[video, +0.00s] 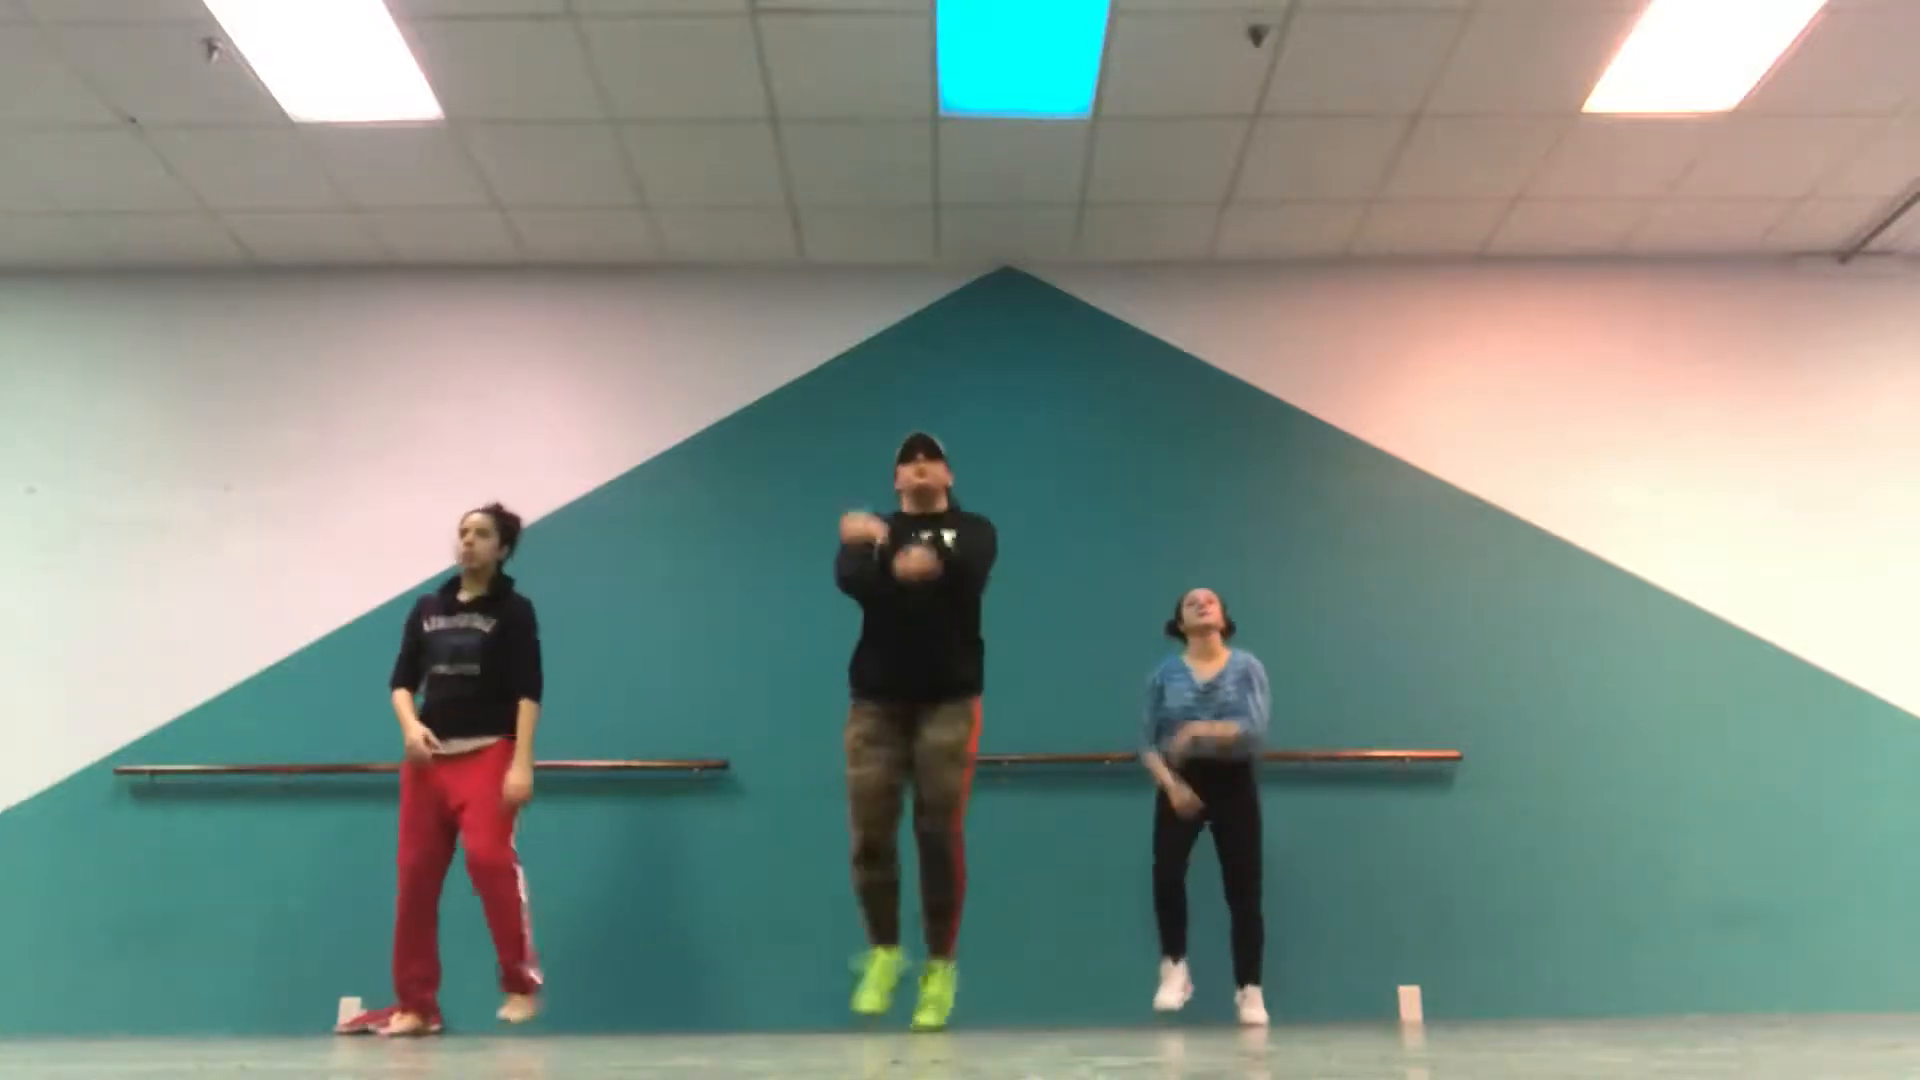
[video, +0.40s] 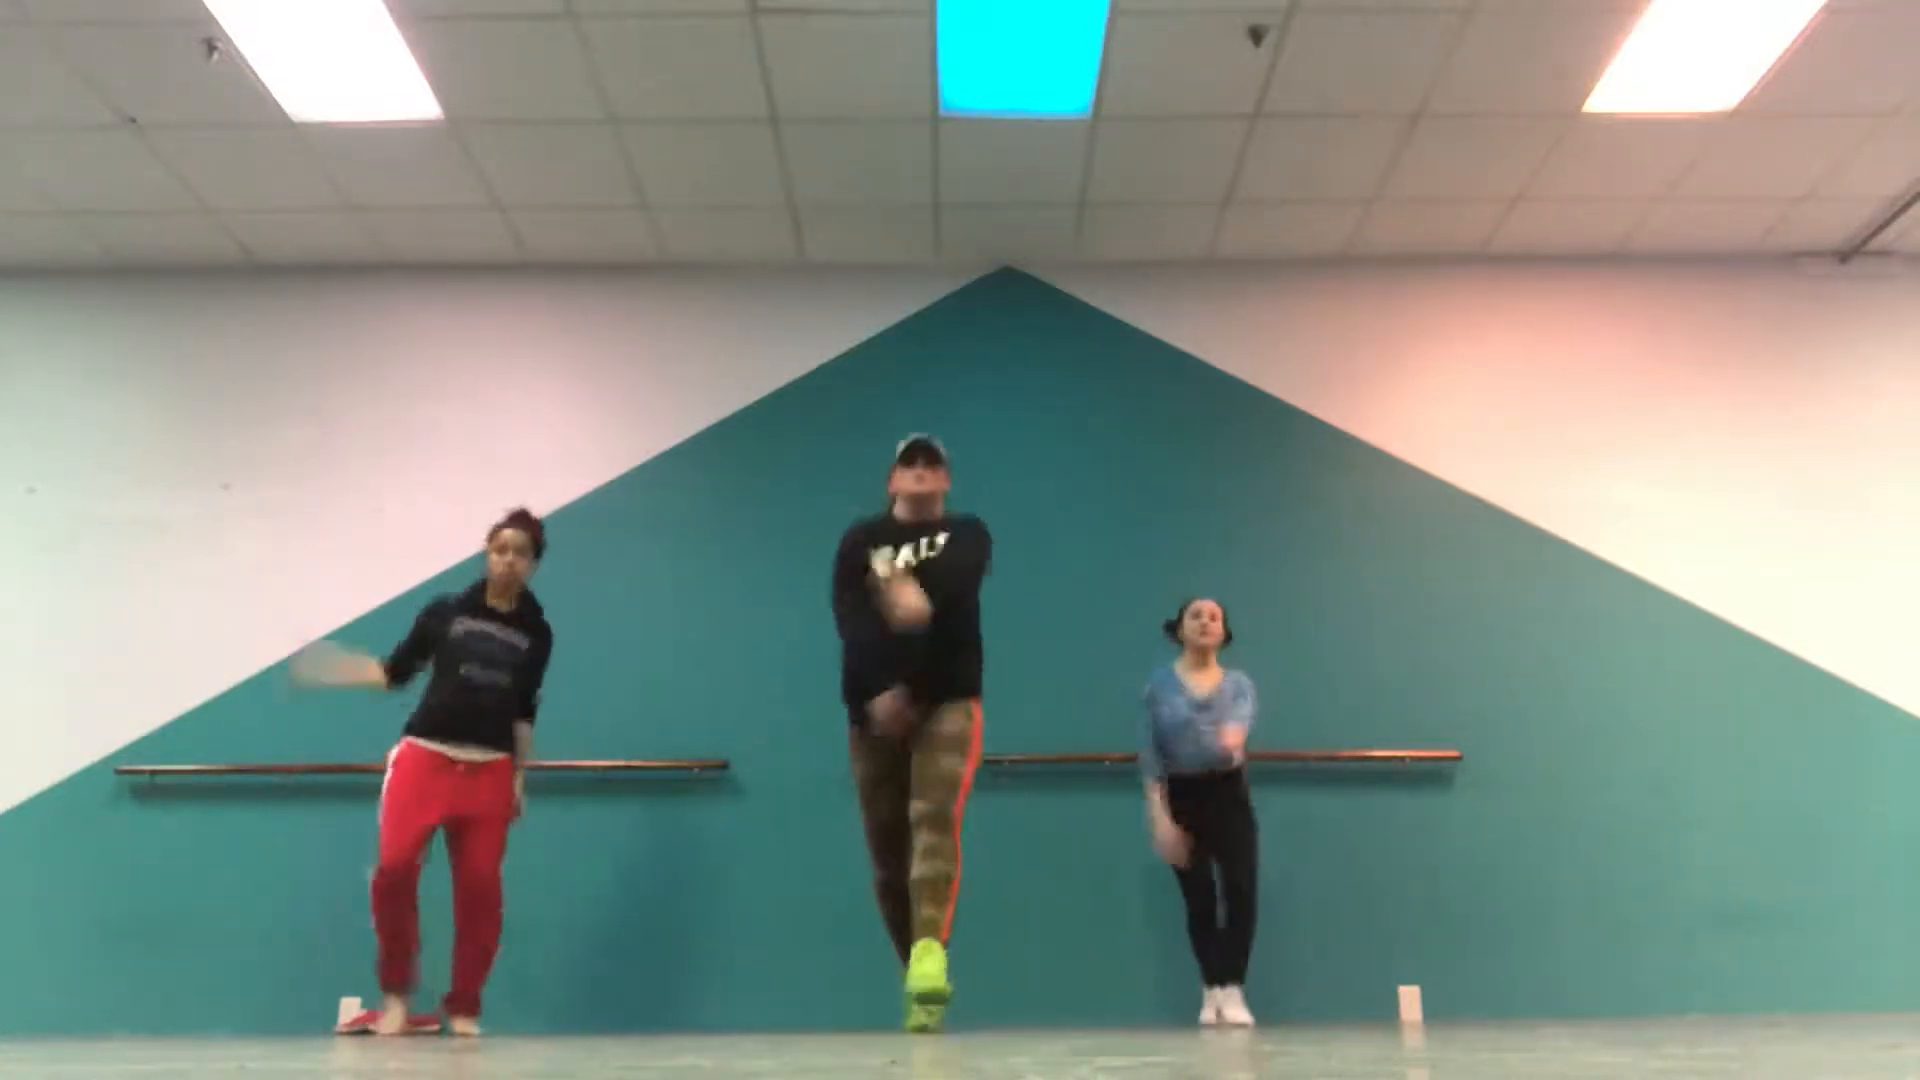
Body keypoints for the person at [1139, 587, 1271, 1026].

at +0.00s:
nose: (1202, 605)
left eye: (1210, 601)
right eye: (1192, 603)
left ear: (1224, 619)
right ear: (1180, 624)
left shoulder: (1246, 667)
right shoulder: (1164, 674)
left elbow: (1255, 730)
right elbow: (1146, 743)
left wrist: (1198, 730)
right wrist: (1172, 785)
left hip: (1232, 775)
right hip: (1181, 774)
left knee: (1244, 885)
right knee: (1166, 873)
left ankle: (1249, 989)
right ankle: (1174, 969)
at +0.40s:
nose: (1206, 624)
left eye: (1214, 618)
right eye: (1197, 616)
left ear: (1224, 633)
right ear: (1179, 630)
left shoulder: (1237, 684)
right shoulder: (1159, 685)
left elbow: (1234, 732)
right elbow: (1148, 755)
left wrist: (1229, 738)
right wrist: (1160, 817)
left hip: (1226, 787)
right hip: (1181, 790)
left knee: (1240, 889)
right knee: (1198, 896)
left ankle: (1232, 987)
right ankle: (1212, 988)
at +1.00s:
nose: (1225, 692)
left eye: (1229, 683)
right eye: (1214, 683)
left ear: (1232, 687)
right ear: (1188, 688)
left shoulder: (1198, 735)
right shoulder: (1172, 733)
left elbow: (1194, 805)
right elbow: (1183, 812)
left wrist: (1198, 857)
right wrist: (1186, 889)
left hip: (1155, 833)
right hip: (1119, 826)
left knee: (1228, 894)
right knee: (1067, 914)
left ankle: (1202, 993)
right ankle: (980, 990)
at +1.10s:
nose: (1201, 652)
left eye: (1205, 643)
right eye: (1189, 644)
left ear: (1211, 650)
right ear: (1167, 653)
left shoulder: (1205, 696)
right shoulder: (1156, 707)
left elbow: (1200, 763)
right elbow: (1164, 782)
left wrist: (1230, 788)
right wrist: (1169, 857)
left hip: (1174, 803)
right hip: (1133, 800)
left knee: (1231, 890)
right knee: (1084, 898)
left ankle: (1204, 992)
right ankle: (996, 983)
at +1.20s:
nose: (1172, 628)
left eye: (1180, 619)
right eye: (1161, 620)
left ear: (1193, 625)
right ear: (1145, 629)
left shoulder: (1216, 665)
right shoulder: (1135, 683)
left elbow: (1249, 698)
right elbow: (1141, 754)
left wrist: (1265, 704)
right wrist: (1156, 821)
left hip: (1191, 777)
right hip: (1141, 776)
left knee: (1232, 868)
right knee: (1119, 861)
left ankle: (1215, 976)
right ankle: (1087, 966)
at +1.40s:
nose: (1157, 634)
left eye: (1163, 625)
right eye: (1146, 627)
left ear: (1177, 630)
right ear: (1131, 637)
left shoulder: (1202, 667)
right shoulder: (1124, 697)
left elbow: (1263, 668)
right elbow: (1117, 764)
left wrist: (1225, 696)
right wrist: (1155, 801)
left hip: (1220, 779)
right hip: (1166, 791)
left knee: (1280, 852)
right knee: (1144, 890)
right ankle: (1157, 990)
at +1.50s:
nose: (1155, 648)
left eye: (1162, 639)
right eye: (1145, 641)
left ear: (1177, 644)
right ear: (1132, 651)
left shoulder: (1208, 681)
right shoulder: (1130, 707)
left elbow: (1255, 728)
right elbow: (1133, 769)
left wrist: (1218, 782)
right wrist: (1177, 806)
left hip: (1240, 789)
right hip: (1186, 802)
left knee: (1298, 870)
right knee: (1147, 884)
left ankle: (1374, 954)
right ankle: (1165, 991)